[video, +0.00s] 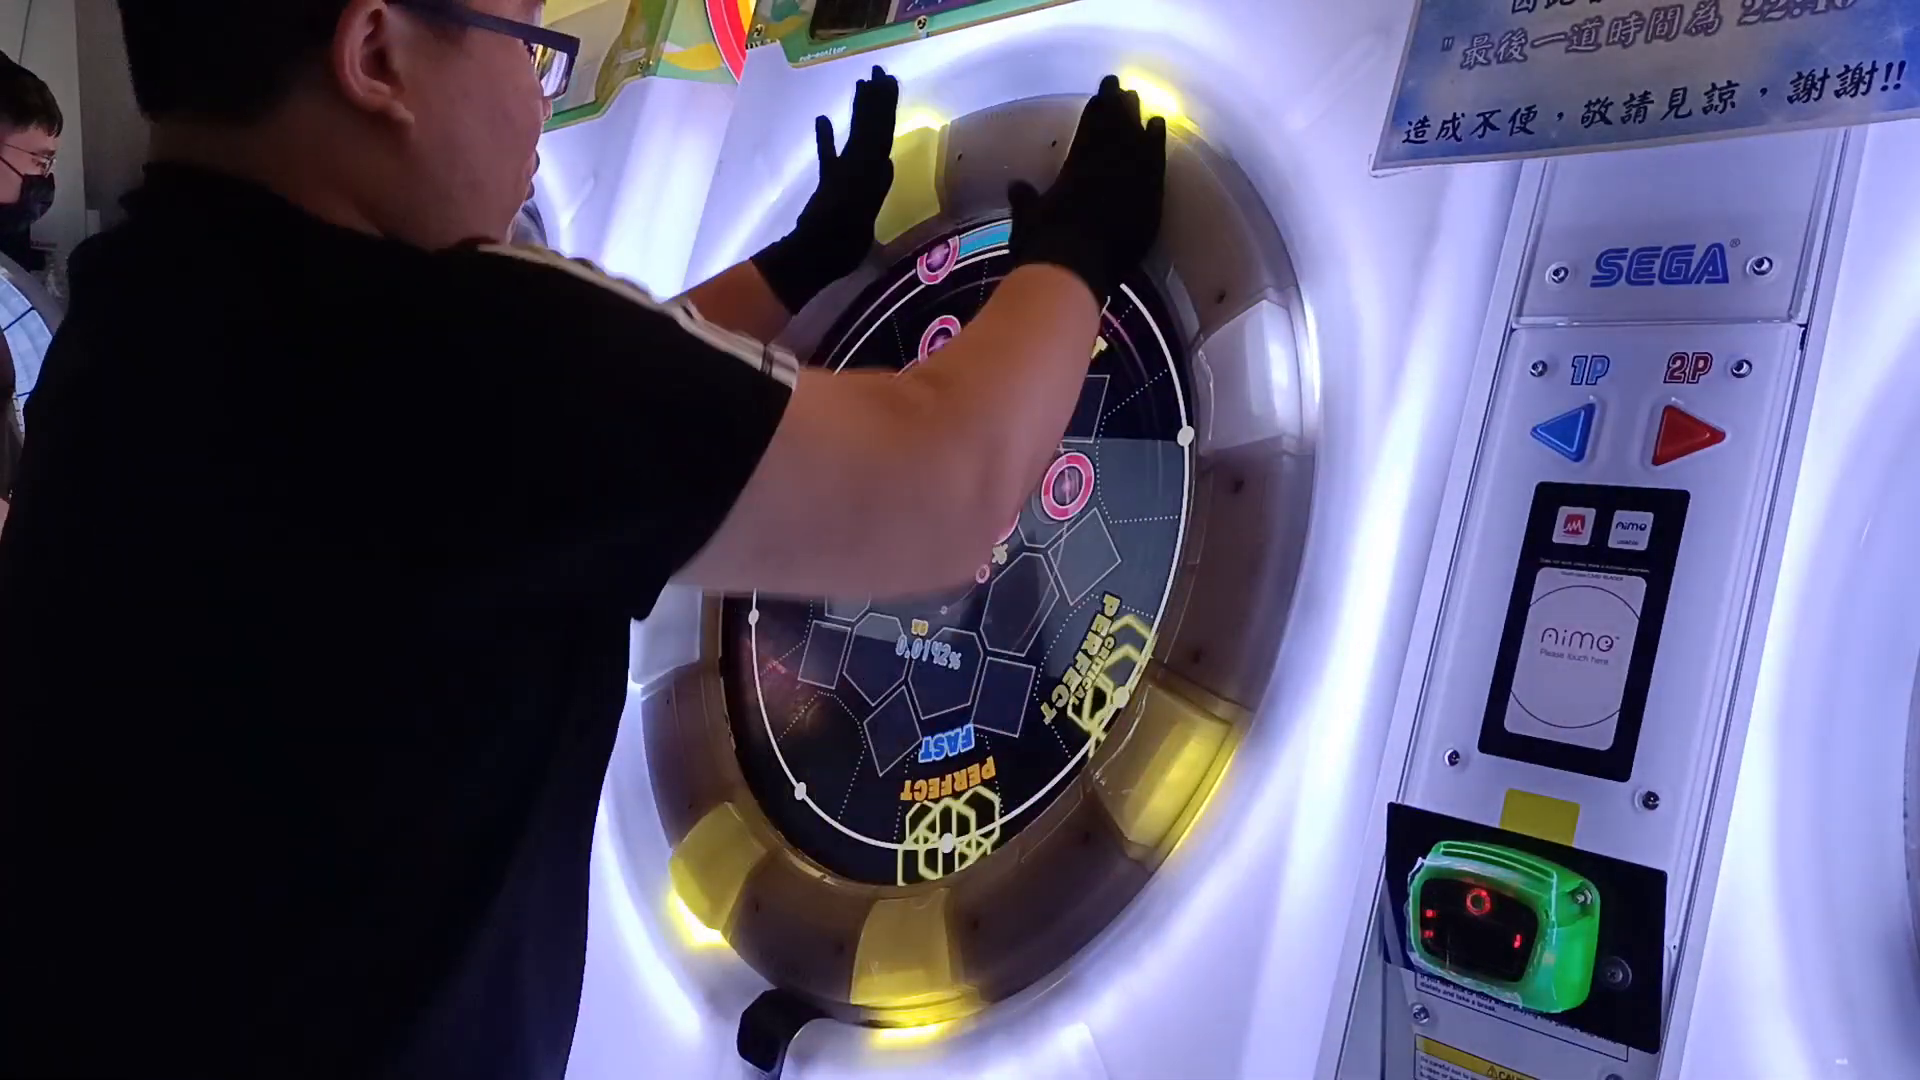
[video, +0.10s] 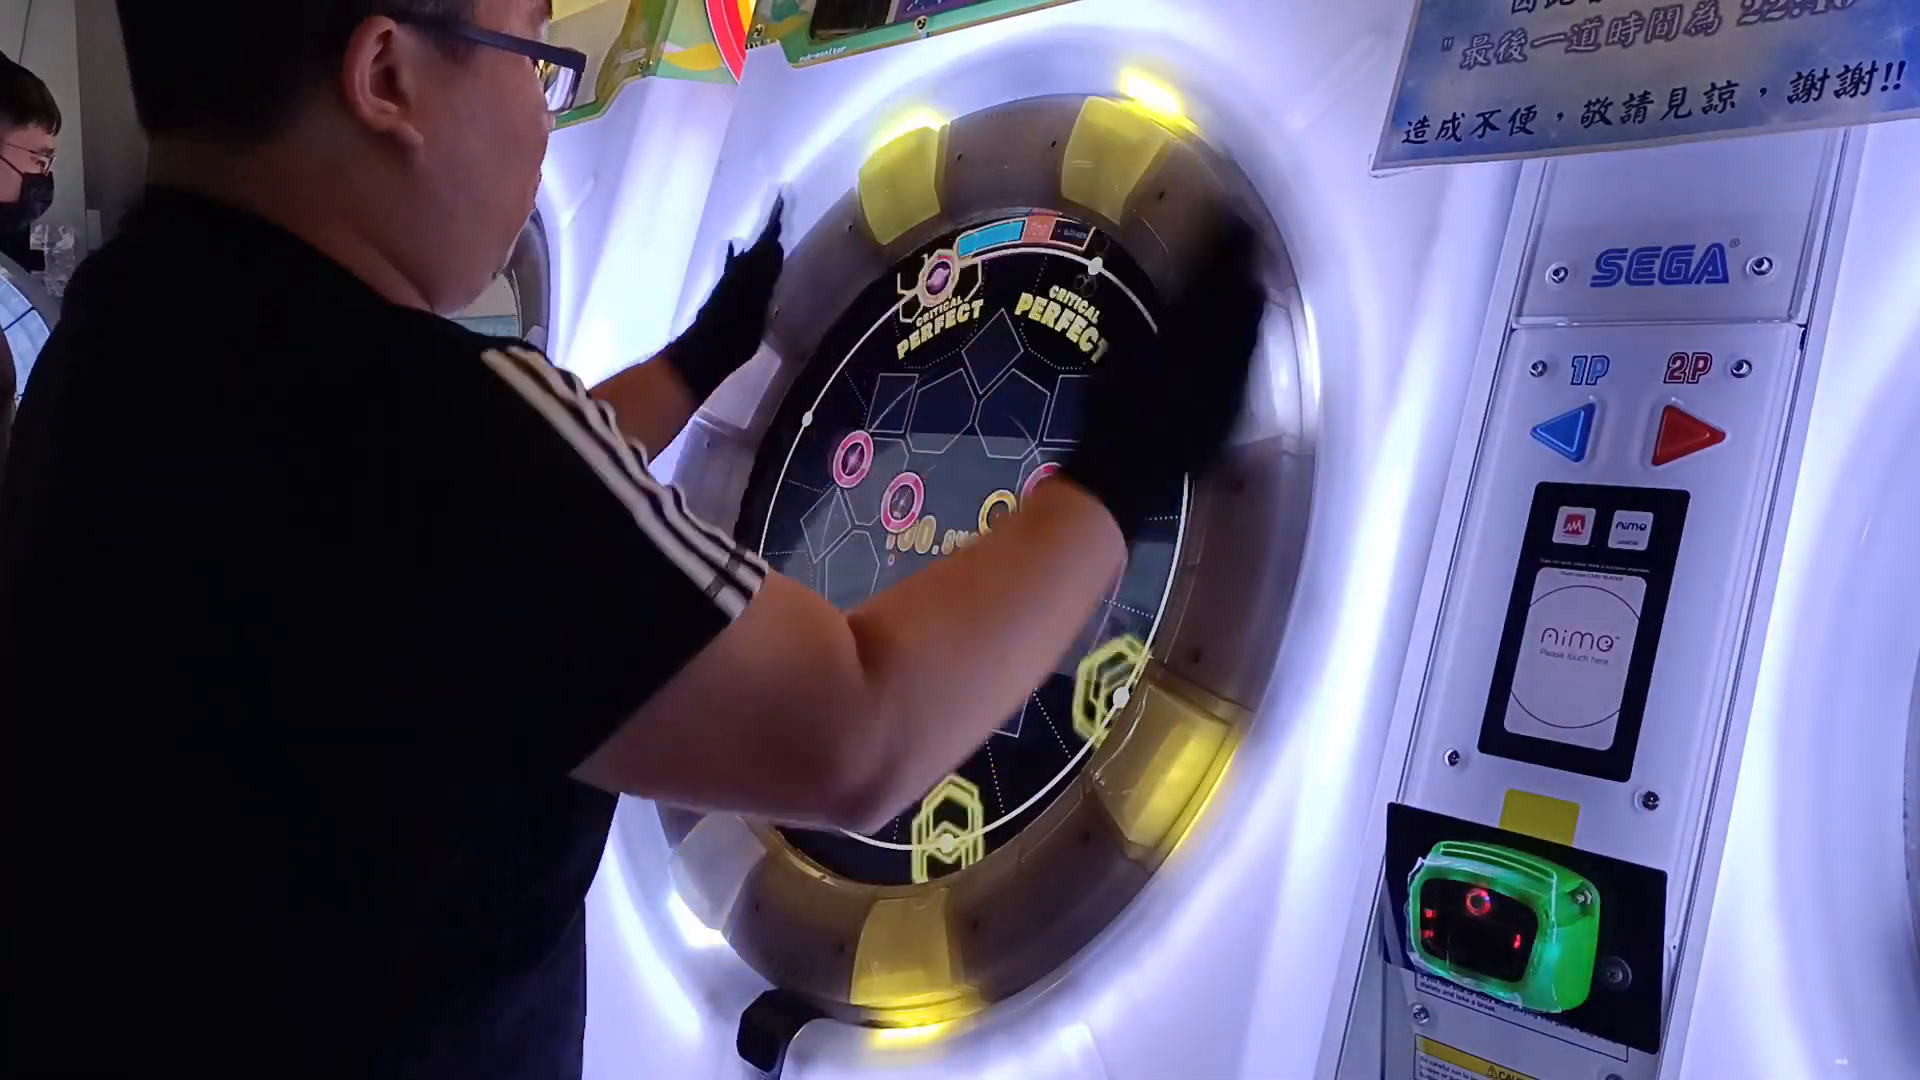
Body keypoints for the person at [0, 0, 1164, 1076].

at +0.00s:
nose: (545, 88)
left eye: (541, 43)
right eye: (525, 36)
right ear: (377, 58)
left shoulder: (129, 298)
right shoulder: (495, 368)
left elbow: (494, 411)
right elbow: (944, 498)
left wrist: (796, 263)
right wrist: (1072, 257)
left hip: (98, 1026)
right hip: (412, 1048)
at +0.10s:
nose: (552, 117)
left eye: (548, 67)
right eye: (535, 62)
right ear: (386, 79)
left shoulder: (135, 319)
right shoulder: (412, 436)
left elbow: (444, 481)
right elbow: (855, 734)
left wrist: (711, 353)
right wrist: (1128, 460)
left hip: (139, 1016)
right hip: (419, 1047)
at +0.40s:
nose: (524, 170)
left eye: (516, 123)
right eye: (501, 122)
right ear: (353, 149)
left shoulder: (73, 413)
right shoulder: (452, 411)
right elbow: (878, 707)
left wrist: (639, 496)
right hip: (445, 1050)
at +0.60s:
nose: (459, 174)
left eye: (447, 125)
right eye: (434, 122)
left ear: (127, 159)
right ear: (286, 144)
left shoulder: (30, 429)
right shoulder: (461, 367)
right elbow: (820, 571)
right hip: (434, 1045)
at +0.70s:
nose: (493, 139)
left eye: (489, 92)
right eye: (471, 88)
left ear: (284, 96)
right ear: (301, 99)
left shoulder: (54, 338)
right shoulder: (415, 356)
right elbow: (824, 611)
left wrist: (523, 354)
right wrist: (1067, 441)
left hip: (65, 1022)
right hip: (329, 1040)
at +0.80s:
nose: (560, 179)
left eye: (555, 137)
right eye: (541, 143)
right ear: (373, 178)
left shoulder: (193, 255)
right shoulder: (357, 535)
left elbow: (650, 206)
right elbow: (466, 1011)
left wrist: (913, 230)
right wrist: (700, 888)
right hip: (270, 1051)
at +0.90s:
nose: (624, 332)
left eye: (618, 306)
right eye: (604, 321)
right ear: (476, 380)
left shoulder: (164, 337)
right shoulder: (417, 765)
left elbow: (562, 288)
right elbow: (550, 1056)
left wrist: (813, 305)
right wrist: (641, 842)